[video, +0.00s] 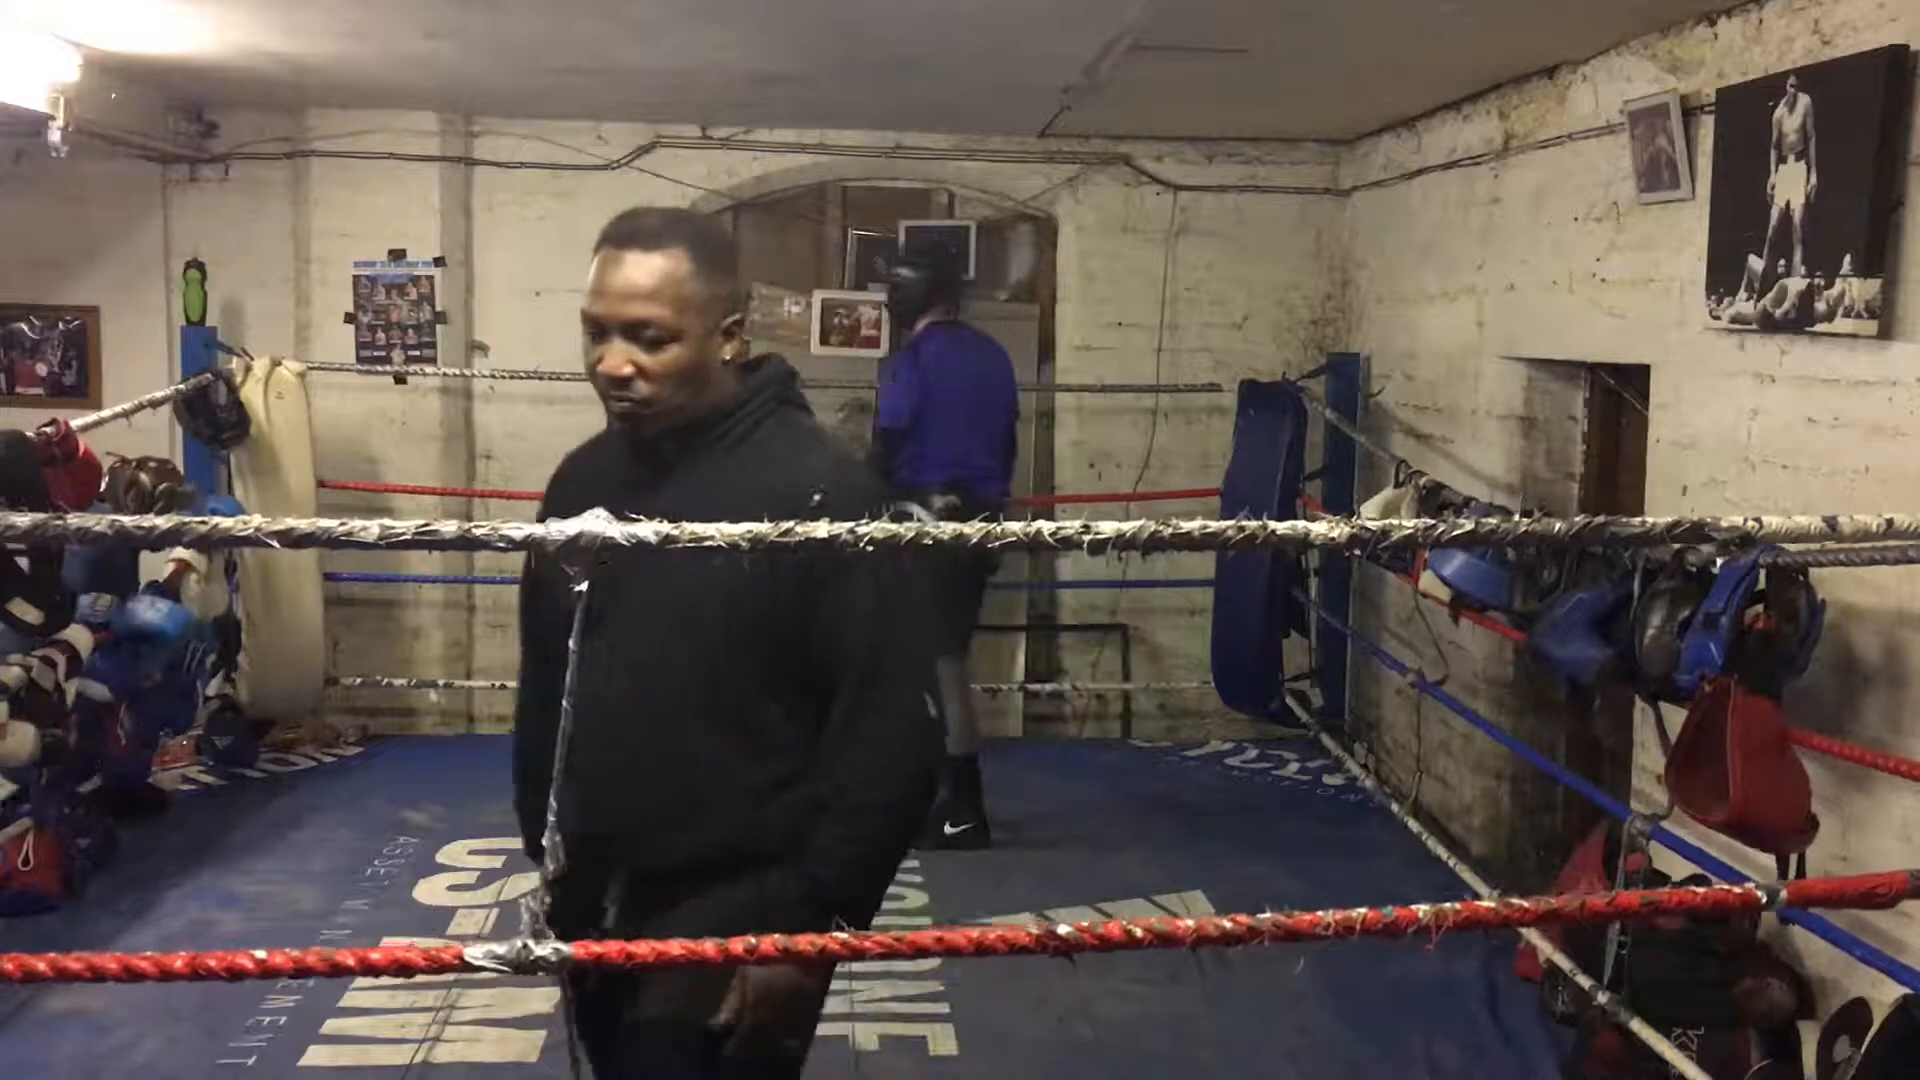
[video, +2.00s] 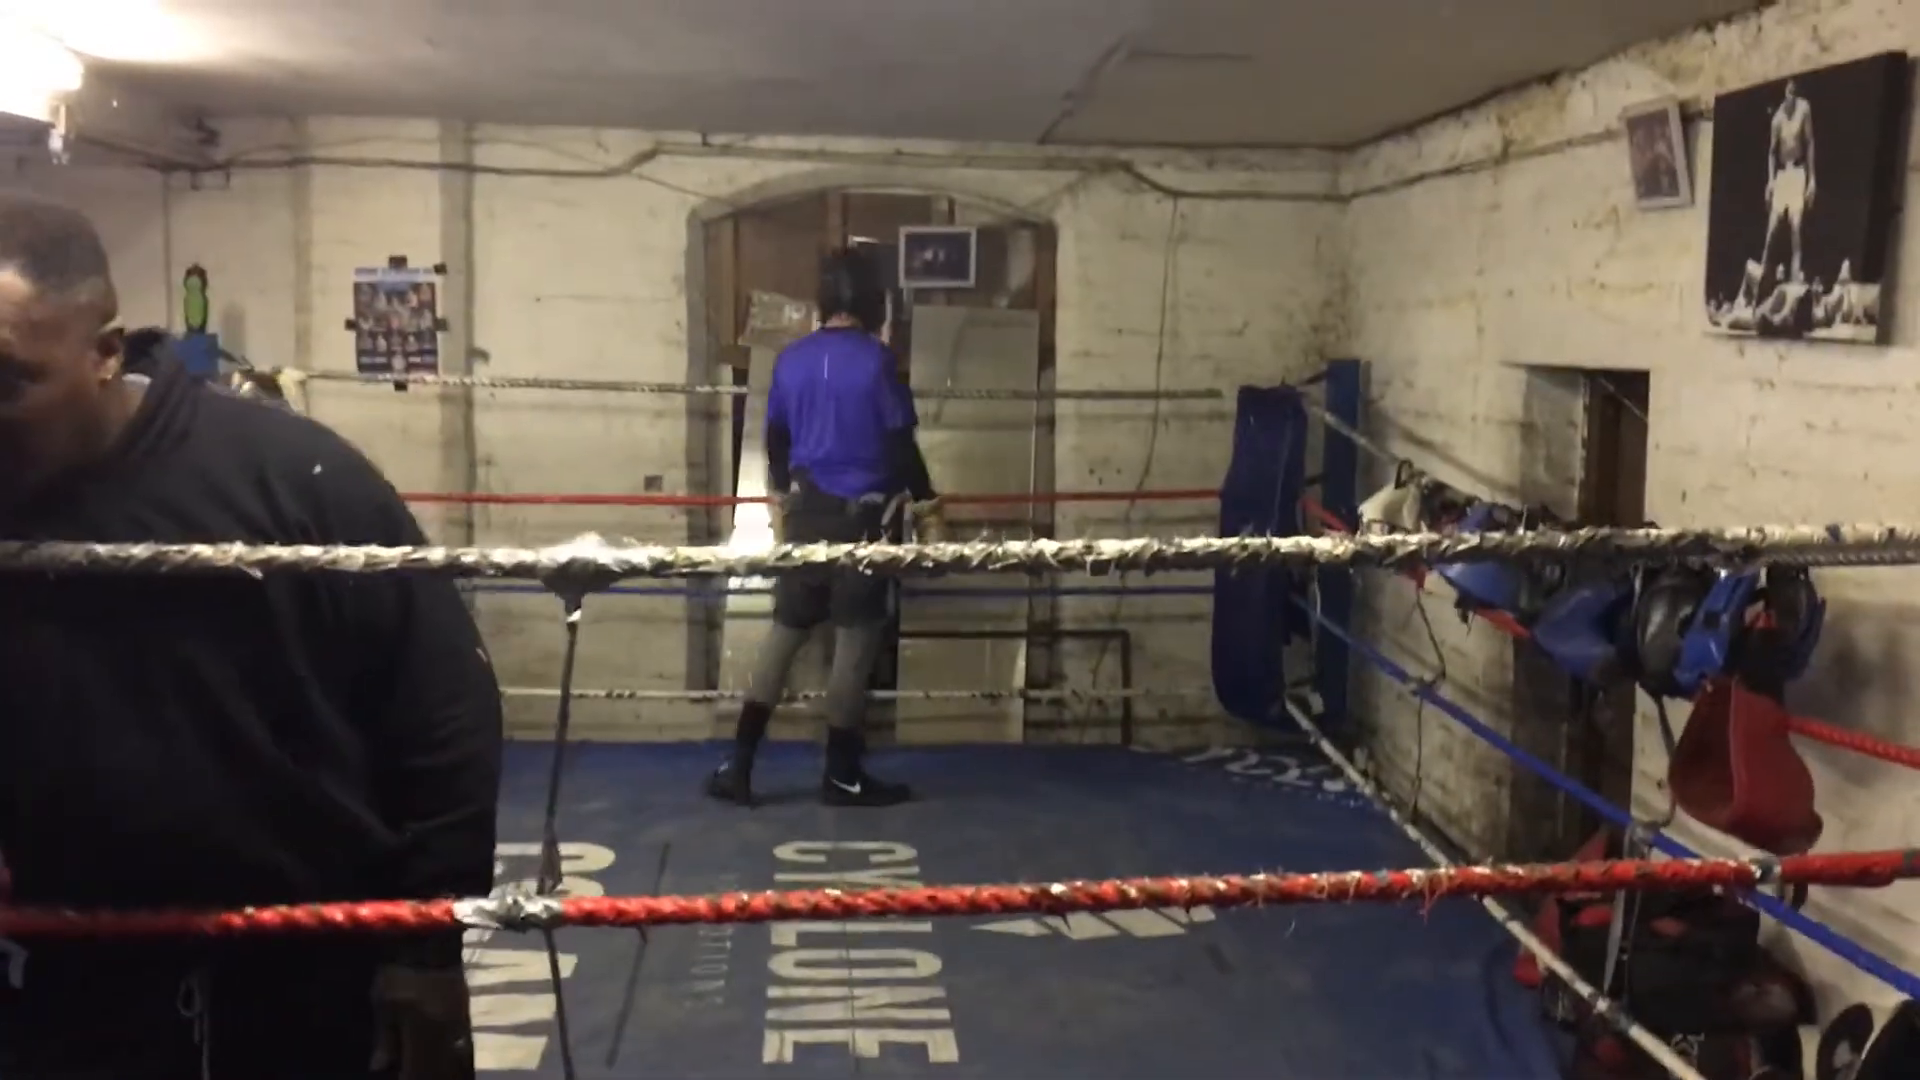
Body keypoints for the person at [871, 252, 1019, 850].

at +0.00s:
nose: (890, 307)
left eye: (895, 297)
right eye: (892, 295)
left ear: (913, 303)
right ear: (951, 300)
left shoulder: (911, 359)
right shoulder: (993, 355)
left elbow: (891, 434)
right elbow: (1006, 440)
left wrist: (873, 484)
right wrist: (992, 494)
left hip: (925, 511)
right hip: (984, 512)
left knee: (944, 659)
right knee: (946, 655)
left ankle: (965, 808)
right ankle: (947, 796)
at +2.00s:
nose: (885, 304)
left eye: (879, 296)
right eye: (883, 297)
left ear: (824, 301)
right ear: (874, 303)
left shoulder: (790, 359)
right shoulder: (875, 359)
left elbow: (776, 437)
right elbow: (900, 436)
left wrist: (781, 495)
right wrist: (926, 498)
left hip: (807, 508)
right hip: (865, 513)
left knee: (784, 632)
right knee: (854, 640)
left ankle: (737, 767)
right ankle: (843, 773)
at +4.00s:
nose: (1143, 301)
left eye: (1153, 291)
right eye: (1131, 291)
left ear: (1164, 300)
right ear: (1108, 297)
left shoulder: (1145, 364)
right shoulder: (1081, 359)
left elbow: (1140, 441)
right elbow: (1066, 439)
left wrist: (1150, 502)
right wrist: (1093, 504)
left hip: (1138, 507)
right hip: (1091, 509)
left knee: (1156, 633)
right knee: (1092, 628)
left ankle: (1101, 722)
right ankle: (1089, 757)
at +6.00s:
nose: (1070, 310)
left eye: (1081, 300)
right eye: (1067, 299)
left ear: (1111, 305)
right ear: (1070, 304)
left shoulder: (1155, 361)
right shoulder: (1069, 358)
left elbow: (1182, 444)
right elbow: (1055, 433)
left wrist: (1180, 519)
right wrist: (1036, 503)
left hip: (1140, 503)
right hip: (1084, 505)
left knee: (1124, 629)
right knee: (1098, 628)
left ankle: (1127, 764)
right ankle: (1111, 747)